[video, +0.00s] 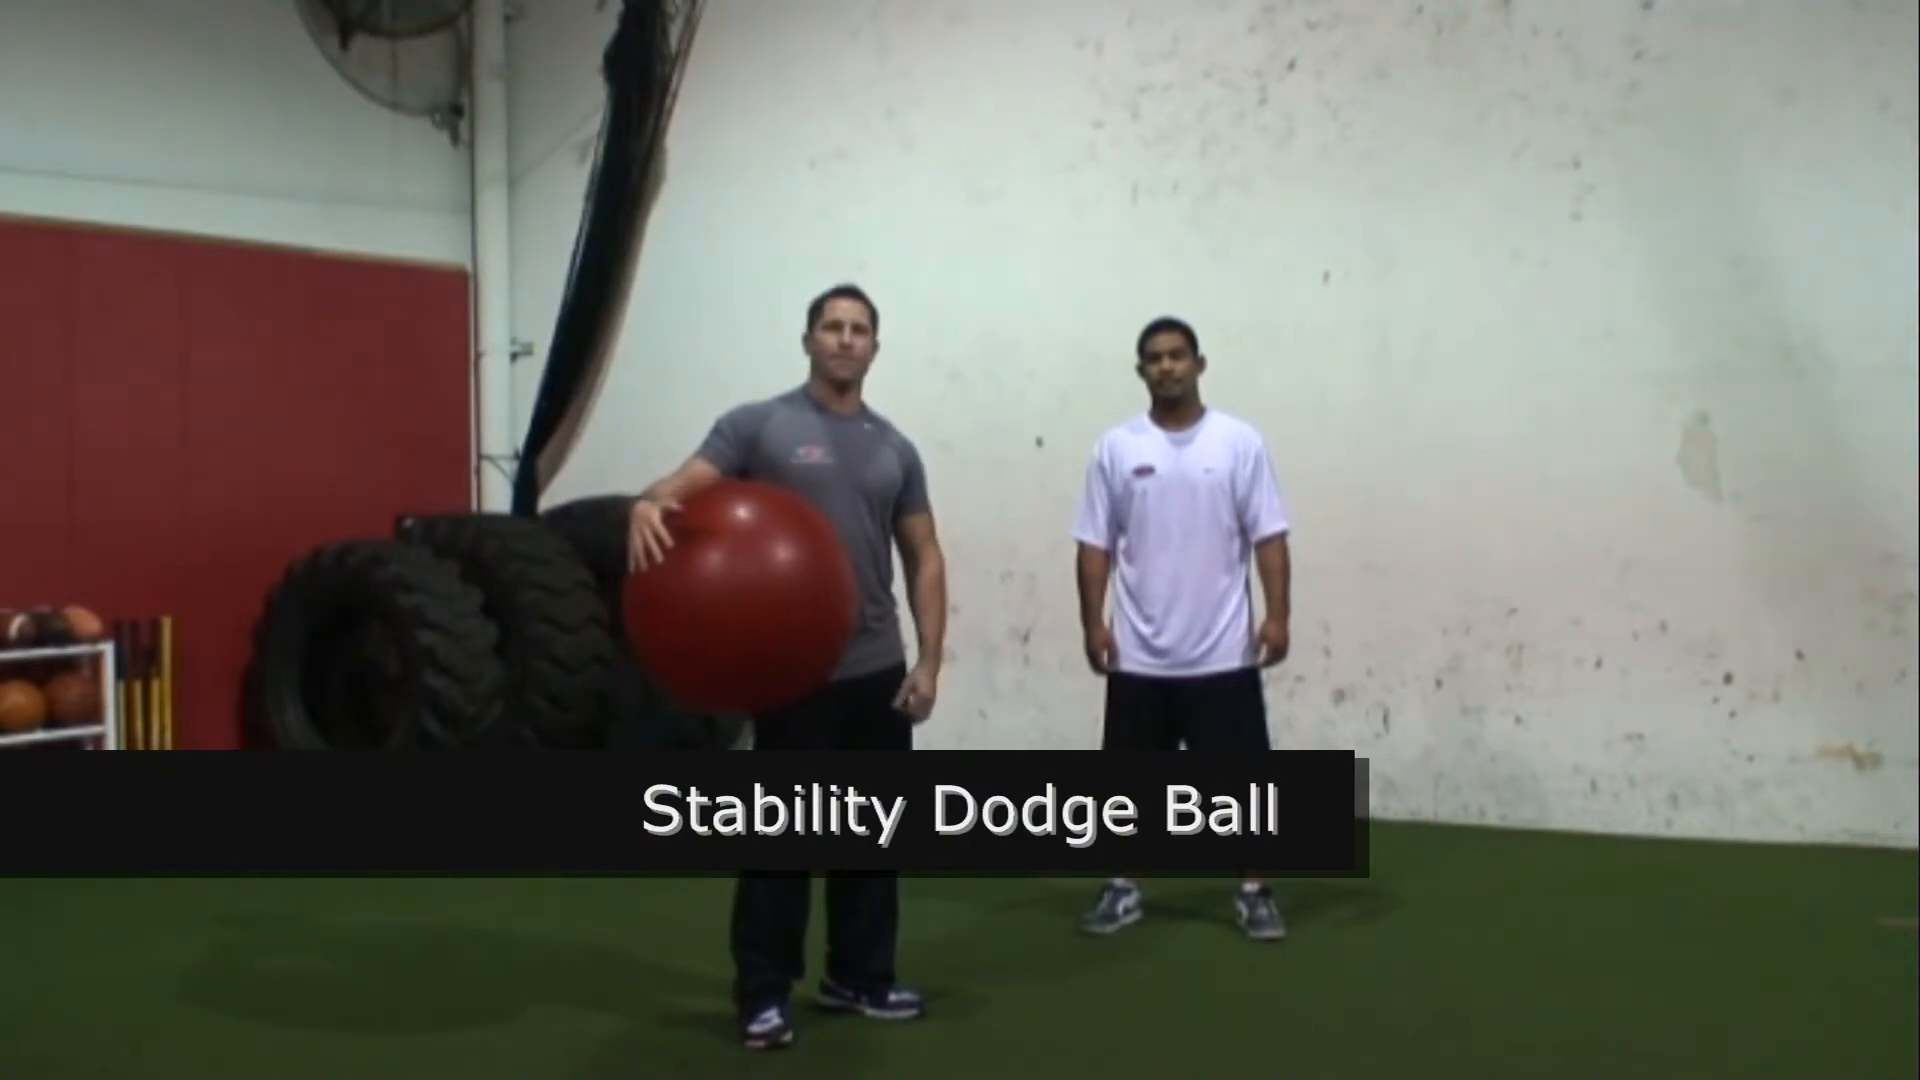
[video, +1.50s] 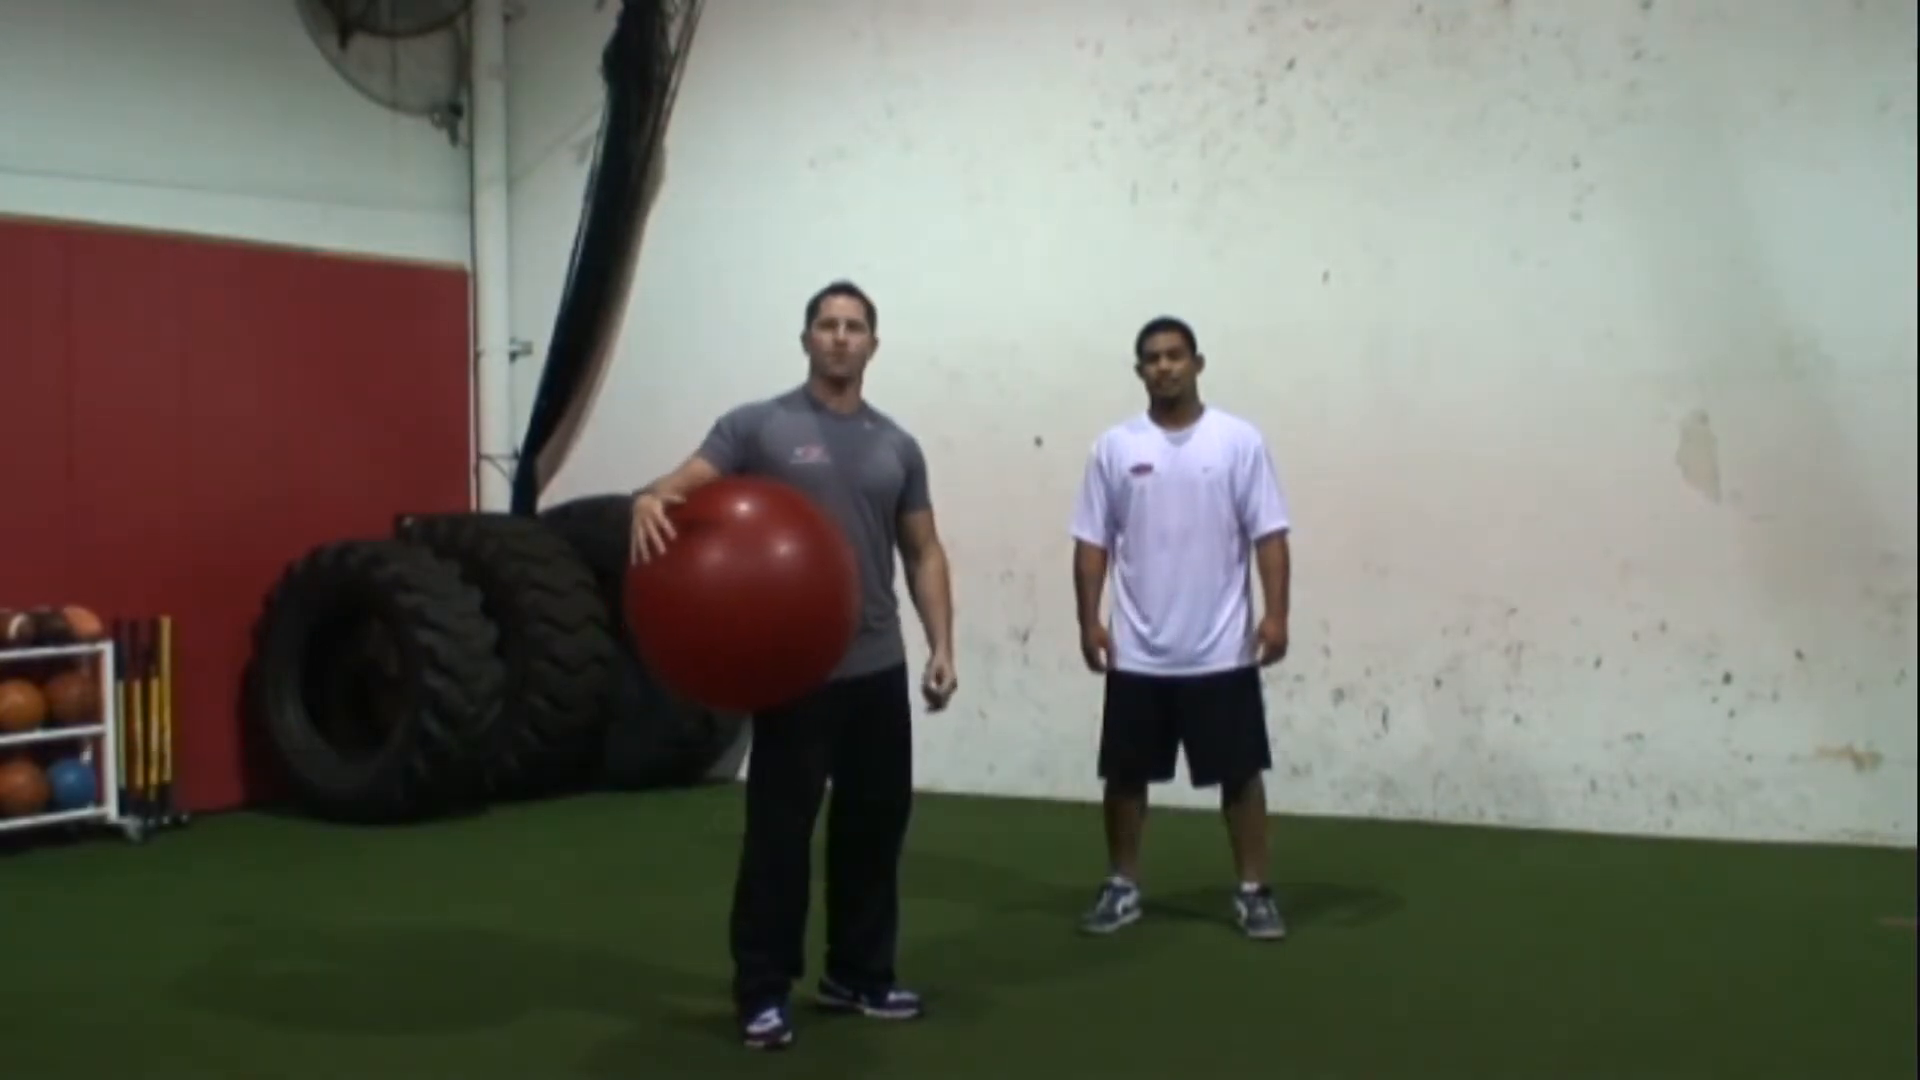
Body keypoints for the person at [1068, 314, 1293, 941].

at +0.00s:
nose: (1166, 366)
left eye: (1177, 356)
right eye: (1155, 358)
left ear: (1199, 364)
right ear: (1141, 371)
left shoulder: (1240, 442)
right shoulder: (1117, 448)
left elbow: (1269, 534)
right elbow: (1094, 541)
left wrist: (1277, 613)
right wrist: (1093, 622)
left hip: (1222, 648)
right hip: (1140, 649)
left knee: (1242, 778)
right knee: (1124, 778)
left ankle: (1253, 887)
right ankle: (1123, 884)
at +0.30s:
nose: (1166, 366)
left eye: (1177, 356)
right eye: (1155, 359)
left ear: (1199, 364)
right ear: (1141, 371)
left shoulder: (1240, 442)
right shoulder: (1117, 448)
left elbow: (1269, 534)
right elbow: (1094, 541)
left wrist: (1275, 613)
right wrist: (1094, 622)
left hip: (1222, 646)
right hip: (1140, 648)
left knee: (1242, 777)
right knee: (1125, 778)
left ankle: (1253, 887)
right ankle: (1123, 884)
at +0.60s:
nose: (1165, 367)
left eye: (1176, 356)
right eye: (1154, 359)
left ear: (1198, 364)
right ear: (1140, 372)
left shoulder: (1240, 442)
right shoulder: (1117, 447)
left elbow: (1270, 534)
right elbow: (1094, 541)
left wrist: (1278, 613)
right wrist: (1092, 622)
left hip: (1222, 646)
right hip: (1140, 648)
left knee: (1241, 781)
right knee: (1124, 780)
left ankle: (1254, 888)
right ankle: (1123, 884)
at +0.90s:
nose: (1165, 367)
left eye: (1175, 356)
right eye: (1153, 359)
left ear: (1198, 364)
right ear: (1140, 372)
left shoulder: (1241, 442)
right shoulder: (1116, 447)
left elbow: (1270, 533)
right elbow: (1092, 540)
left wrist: (1279, 612)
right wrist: (1090, 621)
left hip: (1222, 647)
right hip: (1140, 648)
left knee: (1245, 780)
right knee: (1123, 781)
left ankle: (1254, 889)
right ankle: (1122, 885)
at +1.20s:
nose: (1165, 367)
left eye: (1176, 356)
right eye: (1153, 359)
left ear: (1198, 365)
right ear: (1140, 372)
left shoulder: (1240, 442)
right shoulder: (1117, 447)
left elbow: (1270, 533)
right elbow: (1093, 539)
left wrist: (1278, 612)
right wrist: (1089, 620)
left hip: (1222, 645)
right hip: (1139, 647)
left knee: (1243, 778)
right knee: (1124, 780)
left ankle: (1254, 889)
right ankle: (1123, 884)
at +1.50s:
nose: (1163, 366)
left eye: (1174, 356)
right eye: (1152, 359)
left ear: (1198, 364)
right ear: (1139, 371)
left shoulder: (1240, 442)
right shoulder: (1115, 448)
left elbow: (1269, 533)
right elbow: (1092, 539)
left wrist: (1276, 613)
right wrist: (1090, 620)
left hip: (1221, 645)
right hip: (1138, 646)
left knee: (1242, 777)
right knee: (1123, 778)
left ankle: (1254, 889)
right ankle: (1122, 884)